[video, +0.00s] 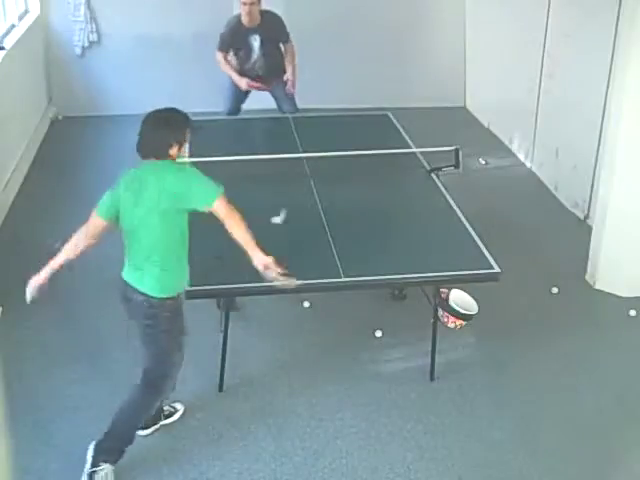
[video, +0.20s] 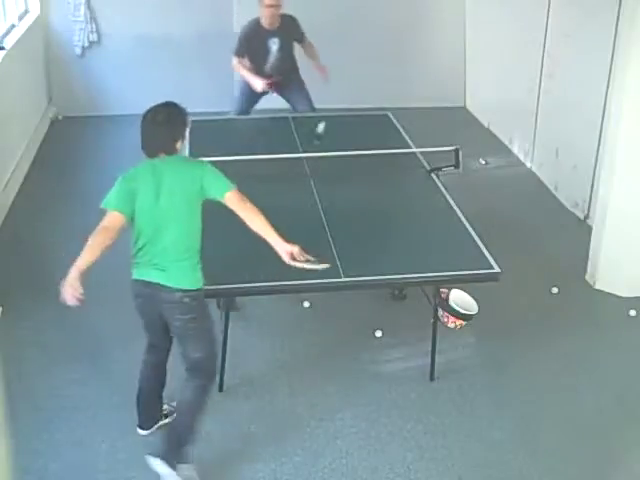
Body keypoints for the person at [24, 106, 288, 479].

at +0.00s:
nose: (188, 150)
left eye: (187, 143)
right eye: (186, 144)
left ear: (145, 145)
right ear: (176, 147)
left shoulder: (127, 181)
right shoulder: (184, 178)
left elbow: (89, 233)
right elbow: (227, 212)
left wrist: (46, 272)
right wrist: (258, 257)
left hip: (132, 289)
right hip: (160, 301)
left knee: (162, 355)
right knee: (155, 380)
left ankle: (151, 413)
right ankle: (104, 456)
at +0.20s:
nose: (189, 138)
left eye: (187, 132)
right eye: (187, 133)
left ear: (146, 139)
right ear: (179, 138)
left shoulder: (133, 177)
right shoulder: (199, 171)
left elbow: (108, 230)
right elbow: (240, 205)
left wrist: (76, 270)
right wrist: (279, 243)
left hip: (143, 290)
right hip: (182, 294)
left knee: (156, 348)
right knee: (199, 371)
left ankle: (148, 419)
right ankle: (172, 456)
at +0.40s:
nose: (209, 147)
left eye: (207, 141)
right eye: (207, 142)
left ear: (171, 146)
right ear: (203, 147)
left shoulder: (152, 188)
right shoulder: (218, 187)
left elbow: (132, 244)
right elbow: (258, 236)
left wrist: (105, 295)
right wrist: (302, 267)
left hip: (166, 300)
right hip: (205, 305)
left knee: (175, 347)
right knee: (246, 377)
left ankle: (154, 414)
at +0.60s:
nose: (249, 161)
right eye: (251, 156)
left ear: (216, 160)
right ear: (251, 161)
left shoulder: (196, 201)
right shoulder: (268, 204)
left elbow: (166, 256)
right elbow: (287, 258)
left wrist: (140, 305)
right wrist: (306, 277)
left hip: (201, 316)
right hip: (247, 320)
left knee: (182, 378)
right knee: (283, 389)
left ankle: (157, 432)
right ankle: (307, 465)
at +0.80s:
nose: (269, 167)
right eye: (269, 161)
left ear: (228, 164)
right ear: (267, 168)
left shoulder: (205, 204)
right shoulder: (278, 210)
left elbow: (170, 256)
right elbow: (294, 280)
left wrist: (144, 312)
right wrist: (291, 282)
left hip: (202, 333)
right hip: (253, 337)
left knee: (183, 405)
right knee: (290, 410)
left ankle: (165, 475)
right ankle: (316, 474)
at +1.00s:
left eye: (242, 189)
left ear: (238, 193)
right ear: (273, 194)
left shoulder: (216, 238)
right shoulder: (297, 238)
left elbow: (188, 300)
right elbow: (322, 299)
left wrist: (145, 349)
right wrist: (300, 285)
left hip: (210, 372)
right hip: (266, 372)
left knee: (186, 448)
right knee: (301, 417)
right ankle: (322, 475)